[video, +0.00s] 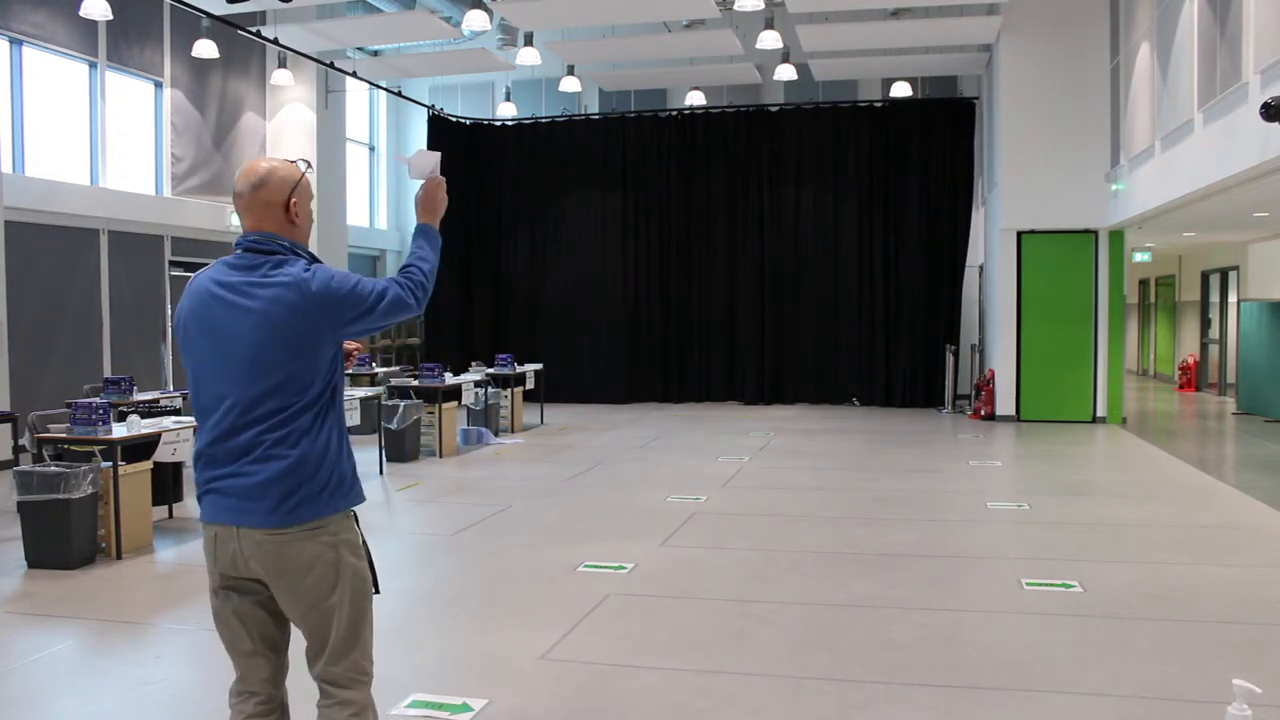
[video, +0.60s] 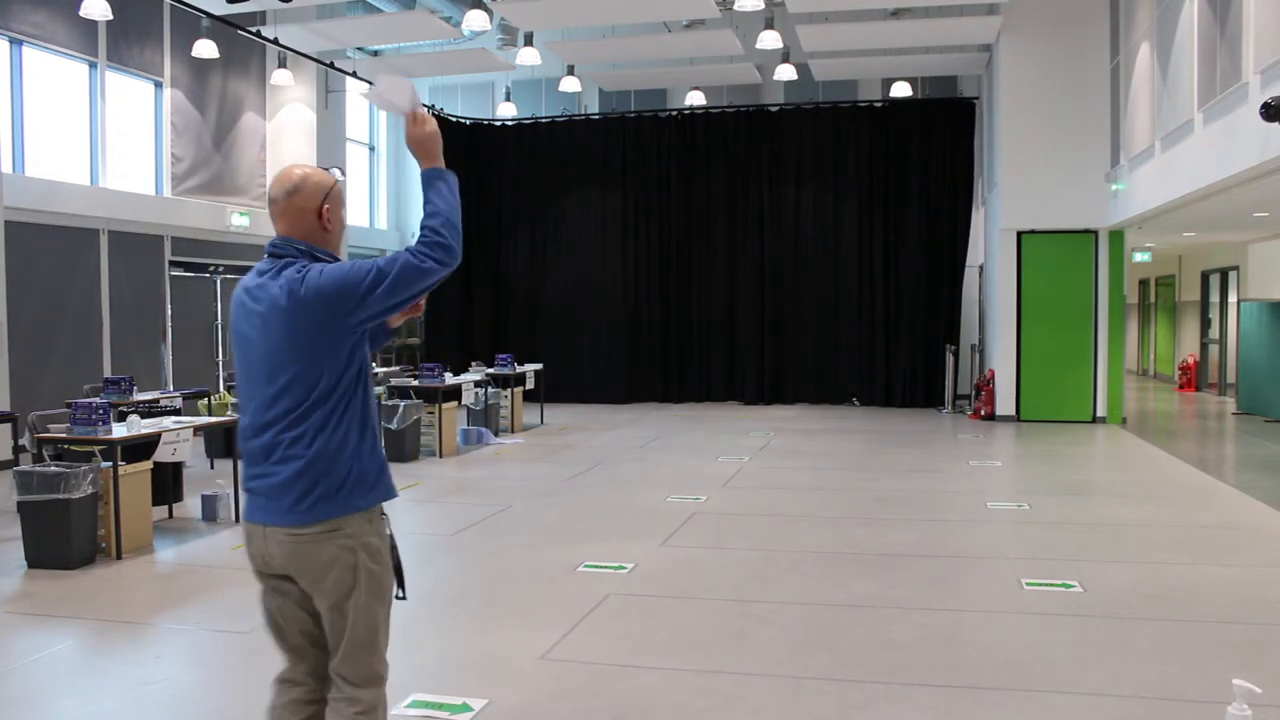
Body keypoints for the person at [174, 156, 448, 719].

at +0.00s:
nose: (311, 211)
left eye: (311, 200)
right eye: (309, 202)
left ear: (241, 213)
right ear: (293, 208)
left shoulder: (195, 294)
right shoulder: (313, 290)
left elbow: (234, 374)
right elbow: (409, 293)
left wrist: (322, 352)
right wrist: (428, 223)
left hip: (223, 529)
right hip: (307, 529)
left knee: (253, 691)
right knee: (344, 688)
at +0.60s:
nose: (344, 216)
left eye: (341, 204)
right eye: (341, 205)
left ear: (277, 216)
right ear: (326, 212)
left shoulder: (248, 293)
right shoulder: (333, 288)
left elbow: (315, 355)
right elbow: (439, 251)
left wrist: (383, 323)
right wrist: (433, 163)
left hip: (266, 525)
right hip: (336, 526)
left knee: (301, 678)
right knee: (358, 689)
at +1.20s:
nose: (413, 251)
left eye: (409, 238)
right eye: (408, 240)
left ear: (354, 252)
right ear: (392, 251)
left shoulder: (346, 317)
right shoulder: (377, 315)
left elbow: (415, 361)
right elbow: (450, 245)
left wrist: (470, 320)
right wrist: (391, 161)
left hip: (378, 519)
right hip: (414, 521)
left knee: (444, 621)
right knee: (415, 676)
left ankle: (486, 697)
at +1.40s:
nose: (443, 258)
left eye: (440, 249)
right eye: (439, 250)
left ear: (388, 263)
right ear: (430, 258)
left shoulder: (369, 333)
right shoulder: (436, 322)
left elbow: (422, 367)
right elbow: (505, 249)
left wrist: (471, 343)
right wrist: (437, 187)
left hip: (405, 518)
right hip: (453, 517)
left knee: (484, 612)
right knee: (455, 654)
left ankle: (499, 709)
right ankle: (409, 718)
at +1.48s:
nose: (453, 251)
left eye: (449, 243)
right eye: (450, 244)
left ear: (398, 262)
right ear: (444, 252)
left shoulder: (378, 336)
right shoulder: (470, 311)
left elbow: (389, 421)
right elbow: (541, 245)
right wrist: (492, 191)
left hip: (410, 512)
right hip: (469, 505)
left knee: (481, 619)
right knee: (459, 646)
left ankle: (501, 711)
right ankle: (414, 719)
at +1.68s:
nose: (474, 253)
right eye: (472, 245)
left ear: (421, 263)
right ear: (470, 253)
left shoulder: (402, 323)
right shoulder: (504, 304)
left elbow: (401, 401)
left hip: (431, 487)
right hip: (497, 481)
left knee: (471, 610)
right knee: (480, 620)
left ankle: (499, 711)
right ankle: (439, 714)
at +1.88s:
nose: (486, 260)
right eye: (485, 253)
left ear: (437, 272)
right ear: (486, 262)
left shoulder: (420, 326)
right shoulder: (520, 311)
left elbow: (409, 410)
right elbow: (522, 381)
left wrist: (431, 436)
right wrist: (434, 437)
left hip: (446, 479)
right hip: (513, 471)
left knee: (482, 599)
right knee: (495, 611)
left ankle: (503, 708)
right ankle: (462, 716)